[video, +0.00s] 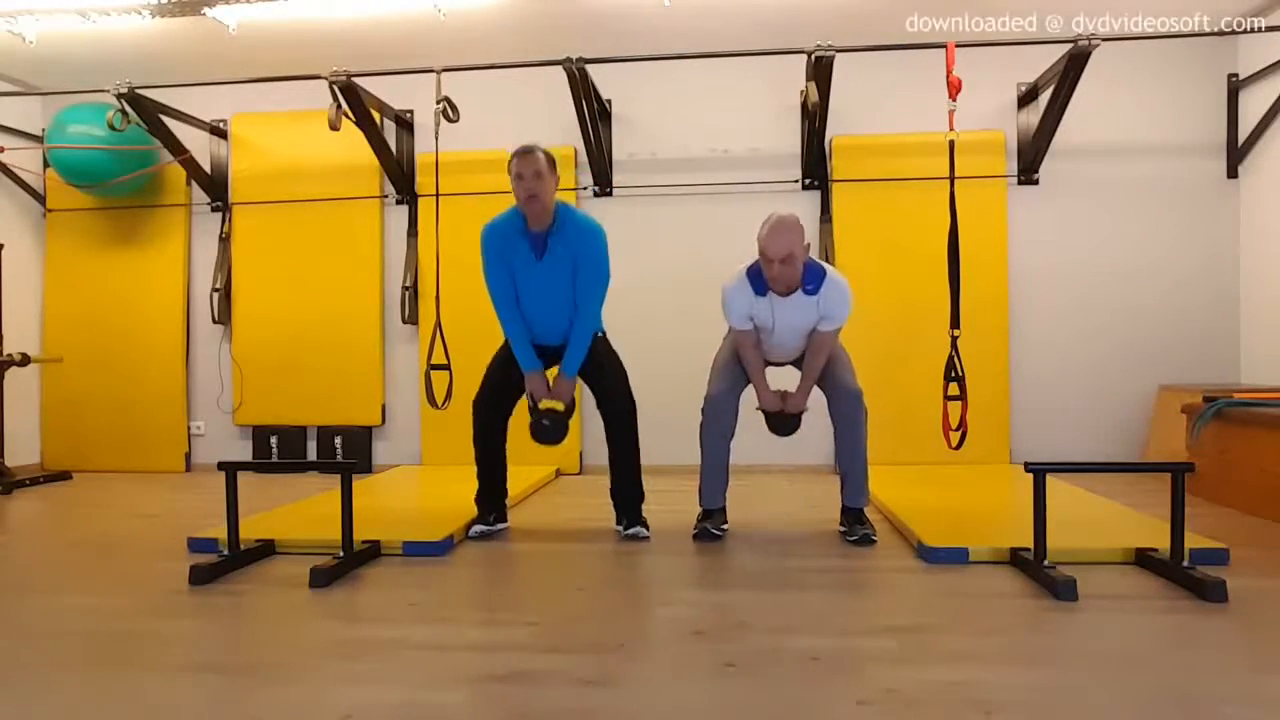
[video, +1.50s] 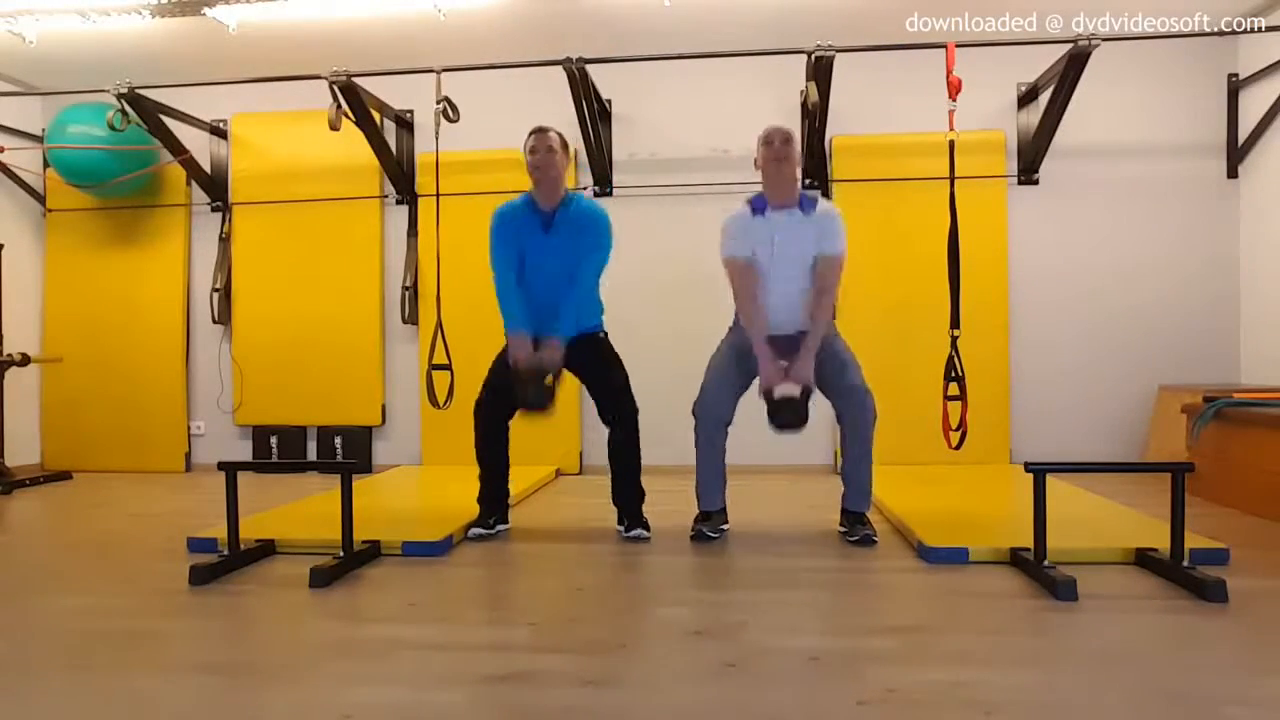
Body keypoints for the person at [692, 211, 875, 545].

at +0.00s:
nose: (775, 271)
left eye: (786, 261)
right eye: (768, 261)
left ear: (805, 251)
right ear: (758, 253)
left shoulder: (834, 289)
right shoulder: (738, 290)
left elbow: (820, 349)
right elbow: (748, 349)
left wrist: (800, 397)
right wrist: (766, 397)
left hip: (810, 346)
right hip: (752, 345)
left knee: (850, 398)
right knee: (717, 400)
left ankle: (854, 511)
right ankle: (712, 510)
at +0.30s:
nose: (774, 211)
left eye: (784, 202)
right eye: (767, 203)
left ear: (803, 205)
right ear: (760, 208)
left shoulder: (833, 256)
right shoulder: (744, 259)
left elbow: (822, 329)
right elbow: (751, 331)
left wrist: (806, 391)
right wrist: (768, 392)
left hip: (813, 343)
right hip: (756, 343)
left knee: (852, 400)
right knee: (723, 403)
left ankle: (853, 511)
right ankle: (713, 511)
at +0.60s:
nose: (775, 132)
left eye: (782, 124)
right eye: (767, 126)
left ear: (797, 129)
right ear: (757, 132)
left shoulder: (824, 176)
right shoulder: (745, 179)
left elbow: (823, 225)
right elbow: (752, 228)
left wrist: (807, 267)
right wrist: (774, 269)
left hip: (812, 312)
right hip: (756, 312)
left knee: (849, 404)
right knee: (727, 405)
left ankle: (854, 512)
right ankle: (713, 511)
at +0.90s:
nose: (785, 126)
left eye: (792, 119)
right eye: (778, 119)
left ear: (805, 117)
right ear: (761, 115)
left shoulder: (819, 162)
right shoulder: (744, 166)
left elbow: (825, 165)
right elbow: (738, 167)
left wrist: (811, 116)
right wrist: (755, 120)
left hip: (811, 301)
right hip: (754, 303)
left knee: (839, 407)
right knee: (732, 408)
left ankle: (854, 513)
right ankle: (713, 511)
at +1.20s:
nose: (777, 112)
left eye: (784, 106)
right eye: (769, 107)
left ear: (798, 118)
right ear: (757, 120)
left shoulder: (818, 161)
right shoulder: (746, 167)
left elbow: (830, 177)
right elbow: (739, 177)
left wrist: (805, 159)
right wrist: (771, 157)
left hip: (813, 308)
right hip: (755, 309)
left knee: (843, 409)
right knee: (728, 411)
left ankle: (854, 512)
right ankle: (713, 511)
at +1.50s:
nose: (778, 148)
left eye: (786, 142)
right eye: (769, 143)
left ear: (799, 158)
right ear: (757, 160)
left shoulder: (826, 217)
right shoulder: (739, 224)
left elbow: (825, 294)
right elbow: (746, 299)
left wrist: (808, 353)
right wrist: (765, 357)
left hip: (813, 336)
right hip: (752, 336)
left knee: (859, 403)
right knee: (709, 408)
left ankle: (855, 512)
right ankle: (711, 511)